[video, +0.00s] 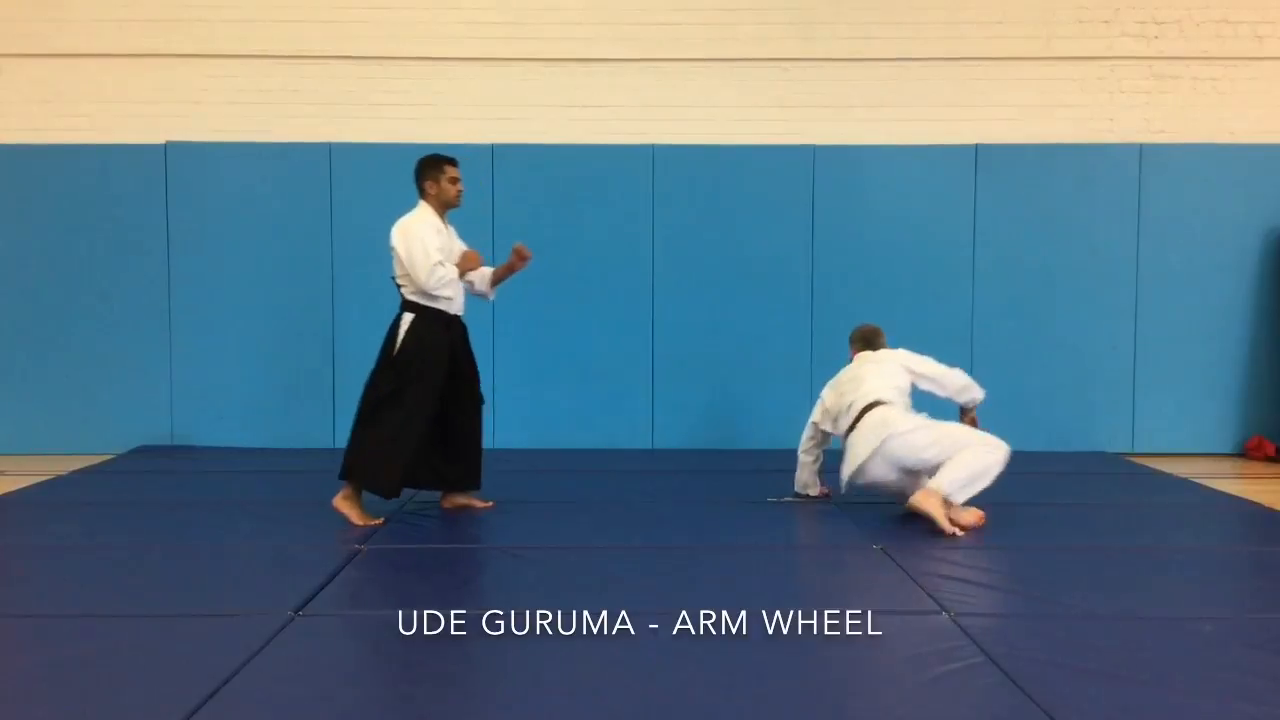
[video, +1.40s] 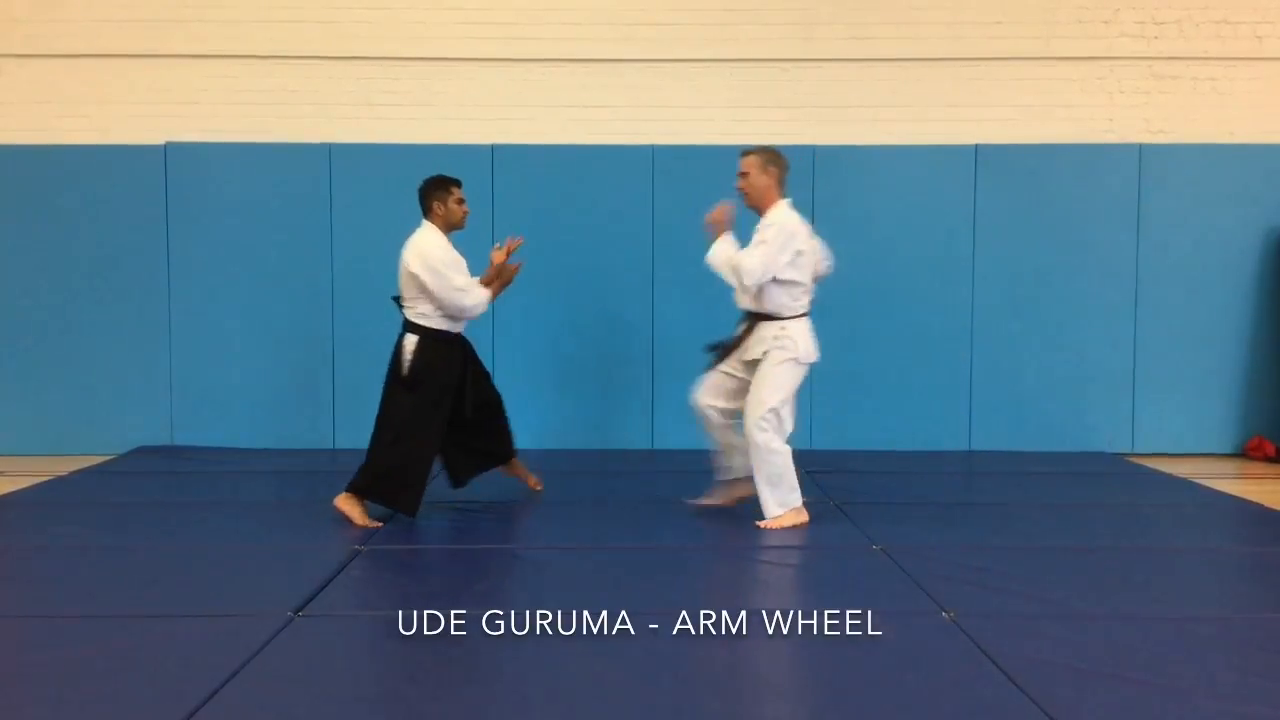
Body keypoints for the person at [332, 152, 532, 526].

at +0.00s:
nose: (460, 188)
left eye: (460, 181)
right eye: (453, 181)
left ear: (440, 188)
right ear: (430, 186)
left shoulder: (447, 233)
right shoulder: (411, 227)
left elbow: (474, 282)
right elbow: (429, 281)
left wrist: (508, 268)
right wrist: (460, 267)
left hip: (449, 328)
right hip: (419, 327)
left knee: (463, 405)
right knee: (392, 407)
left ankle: (455, 491)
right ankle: (350, 493)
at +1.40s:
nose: (466, 208)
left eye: (464, 201)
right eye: (459, 202)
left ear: (438, 208)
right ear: (437, 207)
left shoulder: (436, 243)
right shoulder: (426, 247)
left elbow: (462, 293)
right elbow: (462, 305)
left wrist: (492, 274)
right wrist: (497, 284)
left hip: (447, 344)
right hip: (425, 346)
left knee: (485, 404)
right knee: (403, 425)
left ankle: (508, 461)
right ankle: (354, 495)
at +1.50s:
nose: (481, 211)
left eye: (479, 205)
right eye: (474, 206)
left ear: (457, 213)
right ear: (452, 212)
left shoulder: (458, 246)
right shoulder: (449, 249)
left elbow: (491, 290)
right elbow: (502, 293)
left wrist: (510, 270)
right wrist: (523, 268)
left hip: (471, 346)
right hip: (447, 347)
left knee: (501, 409)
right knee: (416, 422)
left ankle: (517, 472)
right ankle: (363, 491)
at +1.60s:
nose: (493, 213)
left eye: (493, 206)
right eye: (486, 207)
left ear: (485, 211)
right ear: (465, 214)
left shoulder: (485, 248)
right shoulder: (463, 246)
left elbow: (512, 298)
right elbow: (527, 259)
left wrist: (526, 258)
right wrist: (547, 229)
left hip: (493, 346)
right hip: (464, 346)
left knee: (509, 412)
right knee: (435, 420)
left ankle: (514, 478)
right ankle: (384, 492)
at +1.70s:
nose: (503, 211)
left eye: (507, 205)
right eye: (495, 204)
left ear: (510, 208)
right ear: (478, 207)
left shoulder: (515, 249)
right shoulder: (465, 235)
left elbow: (537, 303)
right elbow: (497, 228)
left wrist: (529, 278)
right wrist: (524, 199)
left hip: (504, 340)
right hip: (470, 338)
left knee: (514, 409)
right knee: (458, 414)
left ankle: (516, 477)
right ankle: (414, 492)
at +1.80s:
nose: (507, 204)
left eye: (513, 197)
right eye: (501, 197)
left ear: (521, 202)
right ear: (489, 201)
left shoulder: (530, 242)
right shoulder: (474, 231)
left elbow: (544, 291)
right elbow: (444, 225)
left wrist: (520, 261)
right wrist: (471, 201)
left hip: (510, 336)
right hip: (472, 333)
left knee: (518, 407)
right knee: (470, 409)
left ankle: (517, 478)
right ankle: (438, 487)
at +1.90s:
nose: (510, 208)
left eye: (517, 203)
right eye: (504, 202)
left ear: (526, 205)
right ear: (493, 203)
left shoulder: (536, 243)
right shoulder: (474, 230)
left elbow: (535, 292)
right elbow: (423, 238)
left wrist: (503, 260)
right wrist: (451, 237)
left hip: (515, 338)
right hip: (474, 336)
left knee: (522, 411)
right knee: (469, 412)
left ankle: (520, 480)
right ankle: (458, 489)